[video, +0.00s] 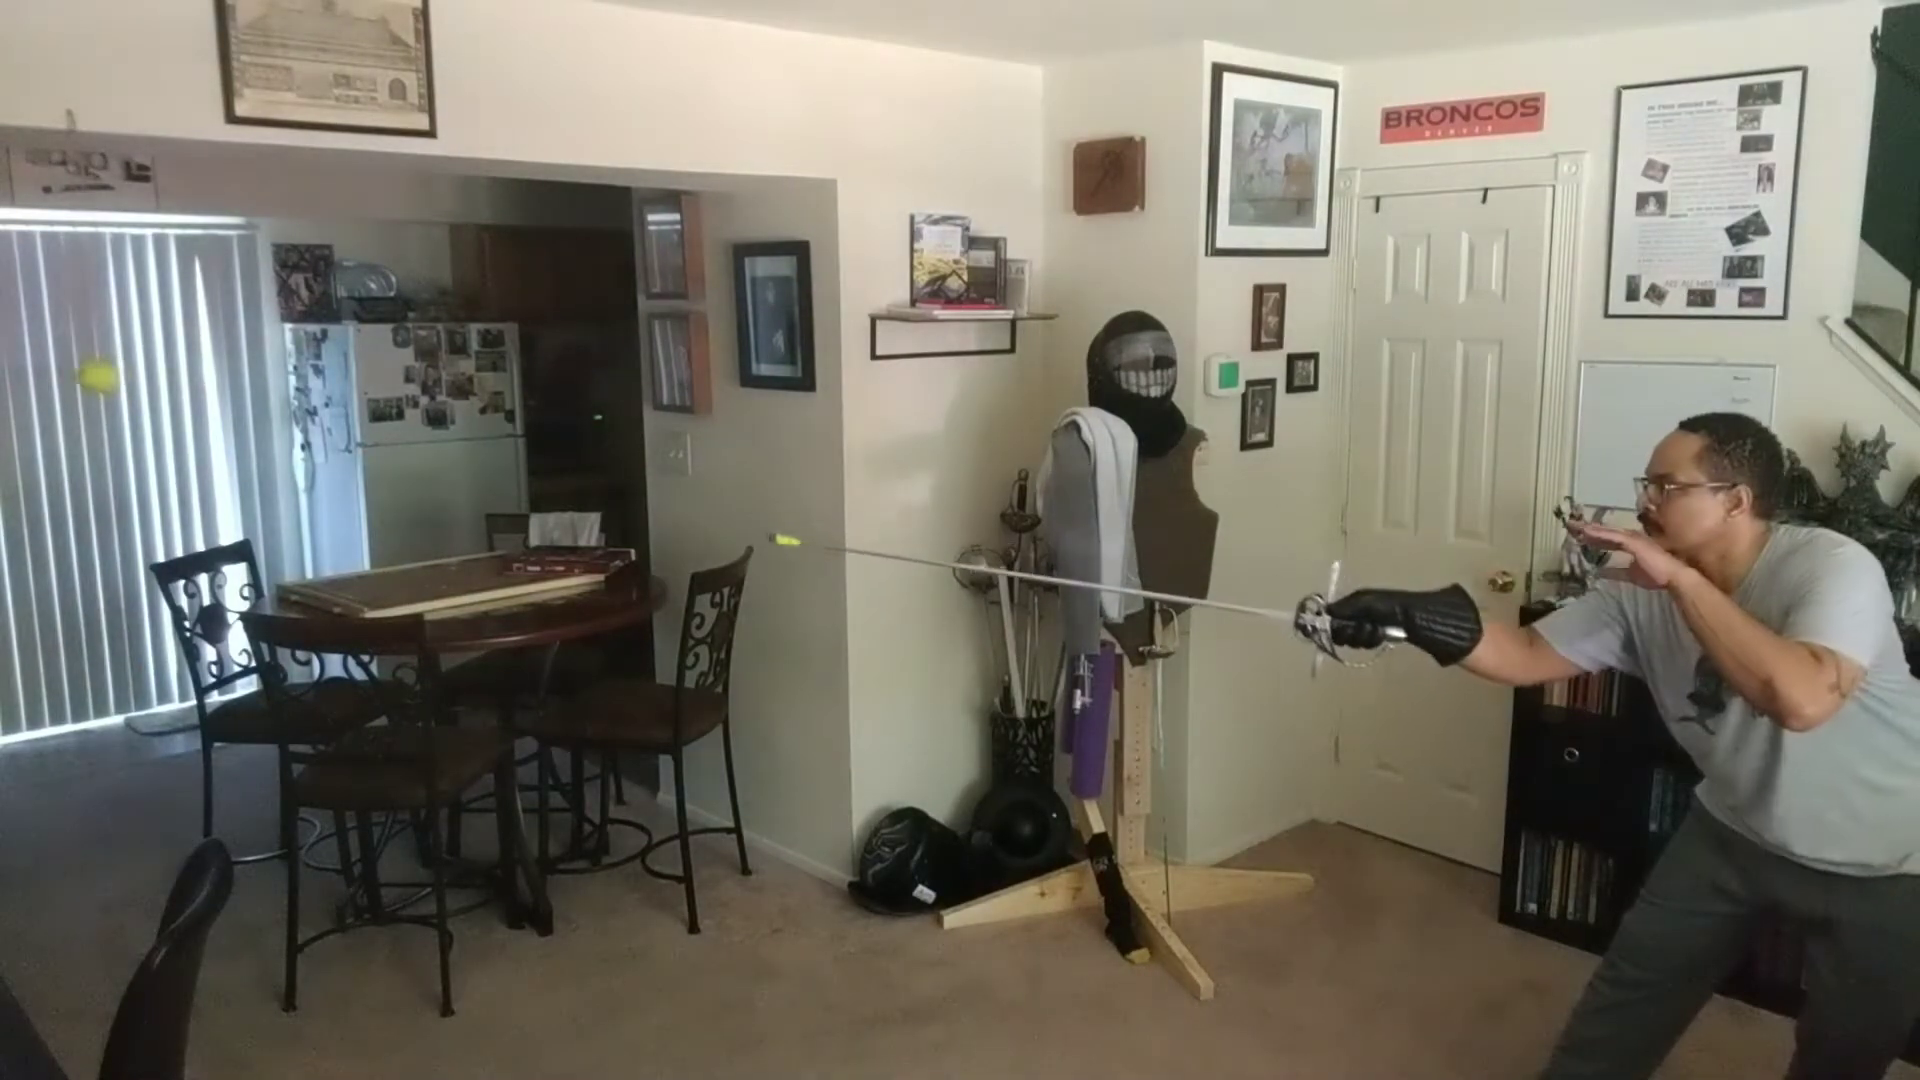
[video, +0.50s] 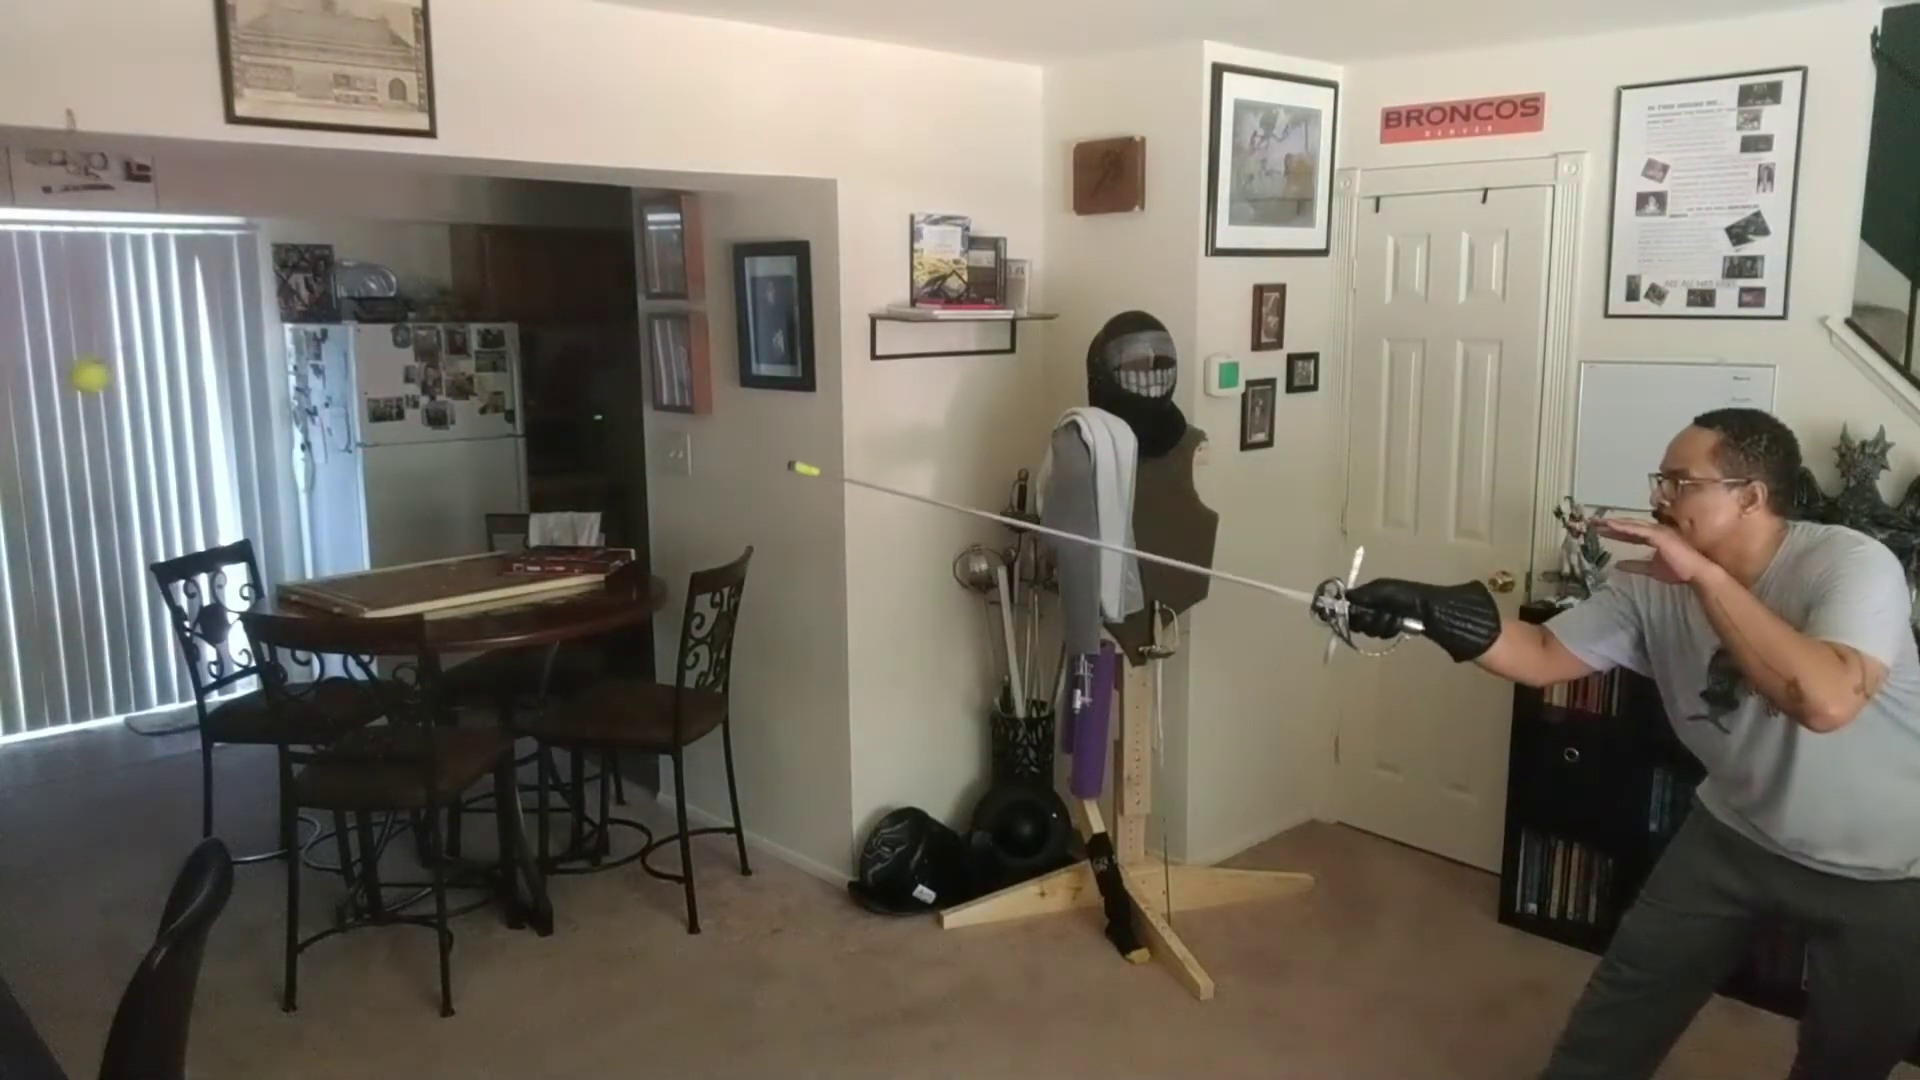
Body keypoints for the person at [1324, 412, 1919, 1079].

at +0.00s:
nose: (1645, 502)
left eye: (1666, 486)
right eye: (1648, 486)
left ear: (1736, 500)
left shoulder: (1837, 569)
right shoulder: (1644, 590)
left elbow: (1804, 697)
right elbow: (1527, 654)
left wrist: (1679, 578)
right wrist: (1419, 615)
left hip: (1877, 877)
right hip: (1729, 835)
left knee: (1838, 1067)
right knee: (1613, 1025)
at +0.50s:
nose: (1662, 499)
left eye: (1682, 485)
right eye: (1662, 482)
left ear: (1753, 497)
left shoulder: (1856, 565)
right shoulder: (1648, 582)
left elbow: (1829, 698)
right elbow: (1545, 655)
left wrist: (1707, 574)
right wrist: (1432, 610)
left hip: (1879, 882)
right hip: (1732, 836)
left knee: (1844, 1066)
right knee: (1621, 1009)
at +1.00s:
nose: (1625, 482)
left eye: (1646, 466)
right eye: (1628, 465)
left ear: (1716, 482)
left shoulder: (1812, 559)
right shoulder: (1612, 568)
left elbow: (1780, 687)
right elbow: (1498, 632)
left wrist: (1675, 558)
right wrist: (1386, 585)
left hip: (1826, 866)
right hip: (1670, 826)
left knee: (1832, 1056)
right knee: (1559, 966)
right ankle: (1487, 1074)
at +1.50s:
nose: (1493, 481)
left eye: (1513, 466)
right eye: (1496, 464)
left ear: (1583, 480)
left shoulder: (1676, 558)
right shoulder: (1488, 561)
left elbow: (1624, 685)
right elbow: (1373, 621)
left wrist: (1529, 551)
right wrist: (1252, 568)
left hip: (1663, 846)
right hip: (1531, 814)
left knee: (1631, 1043)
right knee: (1433, 948)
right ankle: (1435, 1072)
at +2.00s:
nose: (1463, 482)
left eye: (1483, 467)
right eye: (1466, 464)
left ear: (1547, 481)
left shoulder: (1647, 560)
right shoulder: (1449, 561)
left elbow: (1626, 690)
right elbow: (1324, 605)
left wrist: (1520, 556)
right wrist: (1202, 564)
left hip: (1621, 867)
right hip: (1487, 821)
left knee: (1622, 1055)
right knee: (1379, 938)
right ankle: (1412, 1071)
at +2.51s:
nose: (1113, 530)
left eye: (1134, 517)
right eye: (1114, 515)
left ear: (1188, 531)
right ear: (1125, 529)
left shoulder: (1282, 614)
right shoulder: (1090, 592)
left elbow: (1438, 655)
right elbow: (949, 554)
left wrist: (1583, 699)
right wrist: (817, 525)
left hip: (1327, 886)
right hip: (1181, 857)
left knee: (1463, 1027)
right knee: (1050, 935)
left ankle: (1542, 1070)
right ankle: (999, 1075)